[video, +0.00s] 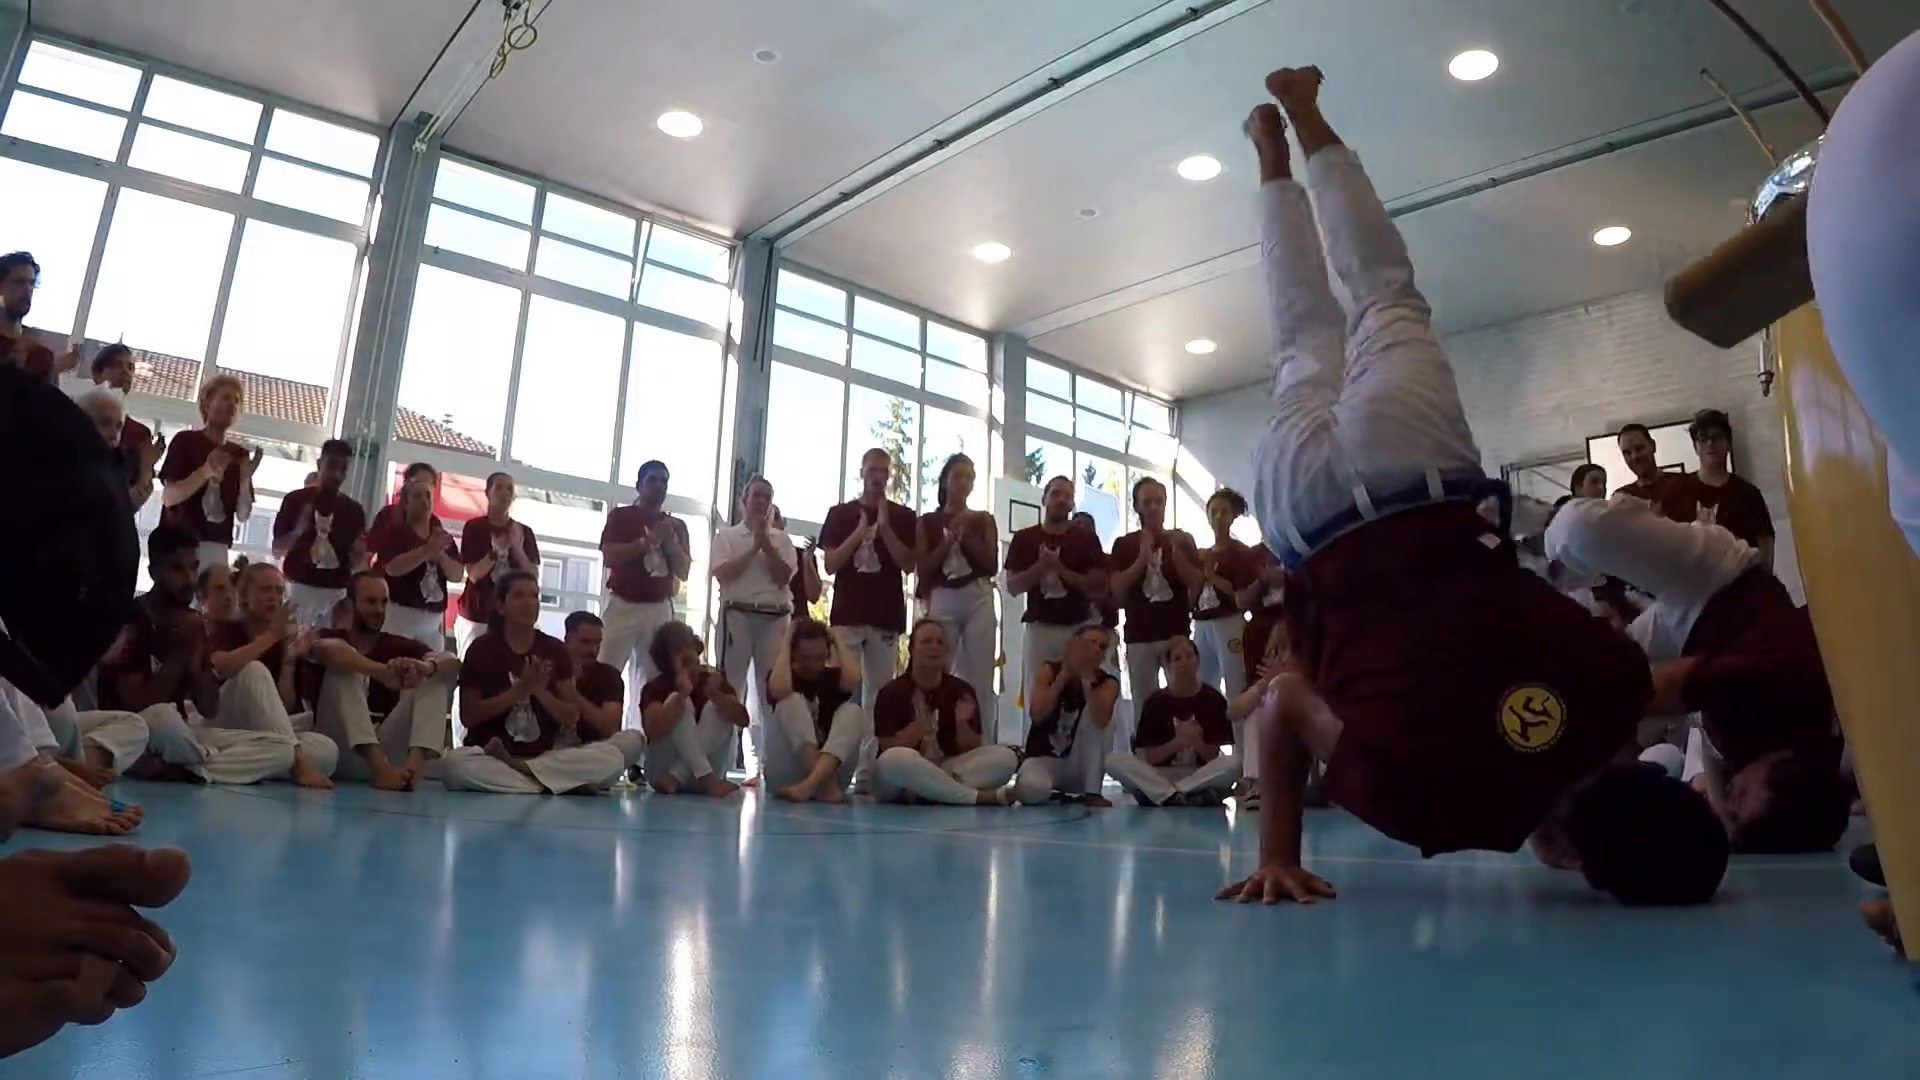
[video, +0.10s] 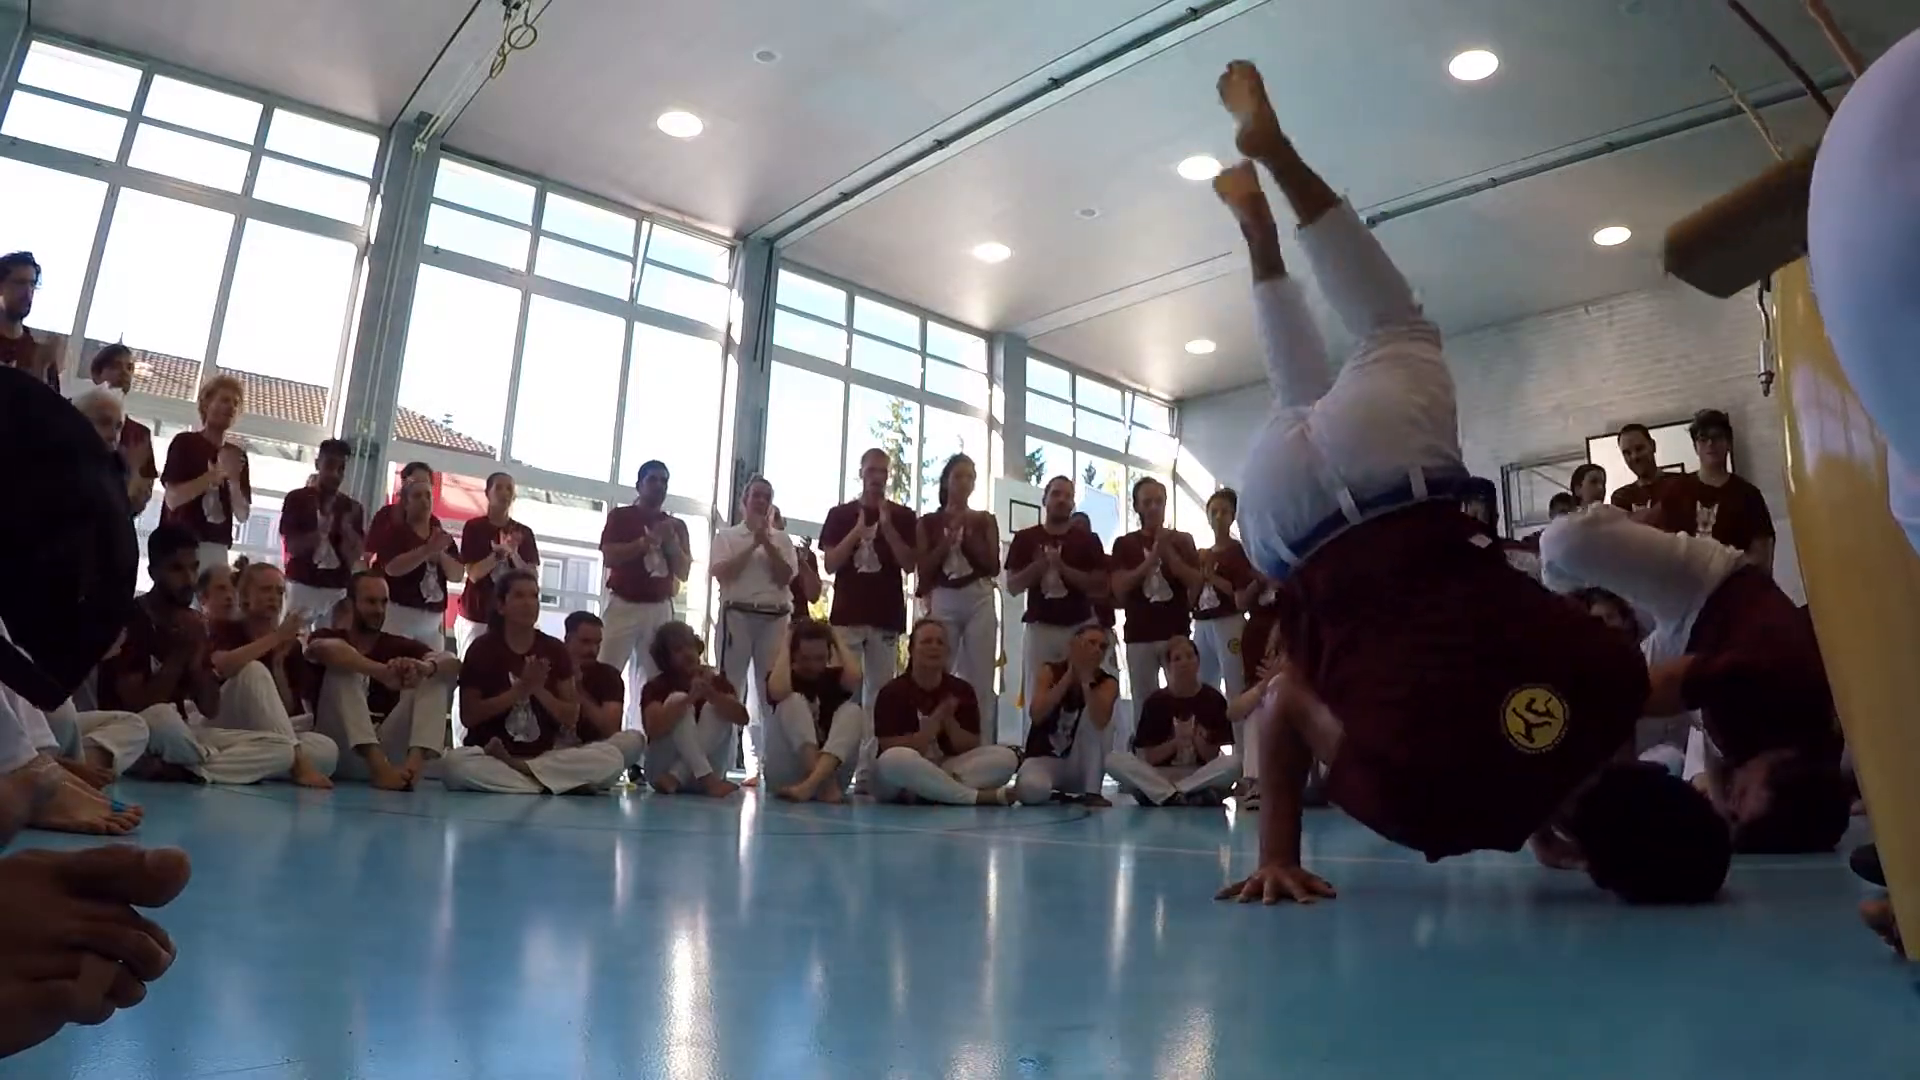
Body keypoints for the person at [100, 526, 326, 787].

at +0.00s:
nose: (189, 578)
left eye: (193, 568)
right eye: (177, 569)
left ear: (197, 570)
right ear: (153, 571)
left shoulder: (194, 621)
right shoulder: (133, 615)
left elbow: (209, 707)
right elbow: (134, 703)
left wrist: (193, 656)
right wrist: (177, 656)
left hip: (190, 729)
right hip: (138, 733)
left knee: (284, 752)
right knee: (161, 716)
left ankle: (184, 771)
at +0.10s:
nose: (189, 578)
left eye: (193, 568)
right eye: (177, 569)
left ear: (197, 569)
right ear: (153, 571)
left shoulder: (194, 621)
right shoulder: (131, 615)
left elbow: (210, 707)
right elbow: (134, 703)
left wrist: (194, 653)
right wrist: (177, 655)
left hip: (187, 729)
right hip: (135, 733)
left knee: (283, 752)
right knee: (161, 717)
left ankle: (182, 771)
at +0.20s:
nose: (190, 579)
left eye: (194, 569)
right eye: (178, 570)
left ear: (199, 569)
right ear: (153, 572)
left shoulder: (195, 622)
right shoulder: (131, 615)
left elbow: (210, 707)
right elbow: (138, 702)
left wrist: (198, 652)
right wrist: (180, 648)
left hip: (188, 730)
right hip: (140, 731)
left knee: (282, 752)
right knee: (160, 716)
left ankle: (181, 771)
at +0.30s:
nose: (189, 579)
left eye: (194, 568)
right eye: (177, 569)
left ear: (199, 569)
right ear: (153, 571)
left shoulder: (194, 622)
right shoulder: (130, 617)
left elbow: (207, 708)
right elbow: (140, 703)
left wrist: (199, 648)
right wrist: (181, 646)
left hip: (184, 730)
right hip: (135, 732)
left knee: (284, 751)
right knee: (161, 716)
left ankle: (181, 771)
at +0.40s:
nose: (190, 579)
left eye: (193, 568)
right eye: (178, 569)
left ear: (198, 568)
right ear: (153, 571)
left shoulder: (195, 622)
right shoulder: (128, 618)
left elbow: (208, 707)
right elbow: (139, 702)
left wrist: (199, 648)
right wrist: (180, 648)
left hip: (185, 731)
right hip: (134, 732)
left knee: (283, 751)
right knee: (162, 716)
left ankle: (184, 771)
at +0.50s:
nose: (190, 579)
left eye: (194, 568)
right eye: (177, 569)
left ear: (199, 569)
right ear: (153, 572)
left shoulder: (195, 622)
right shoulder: (129, 616)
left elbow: (209, 708)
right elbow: (137, 702)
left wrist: (200, 650)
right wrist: (183, 647)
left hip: (184, 733)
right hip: (134, 733)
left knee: (283, 751)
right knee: (162, 716)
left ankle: (182, 771)